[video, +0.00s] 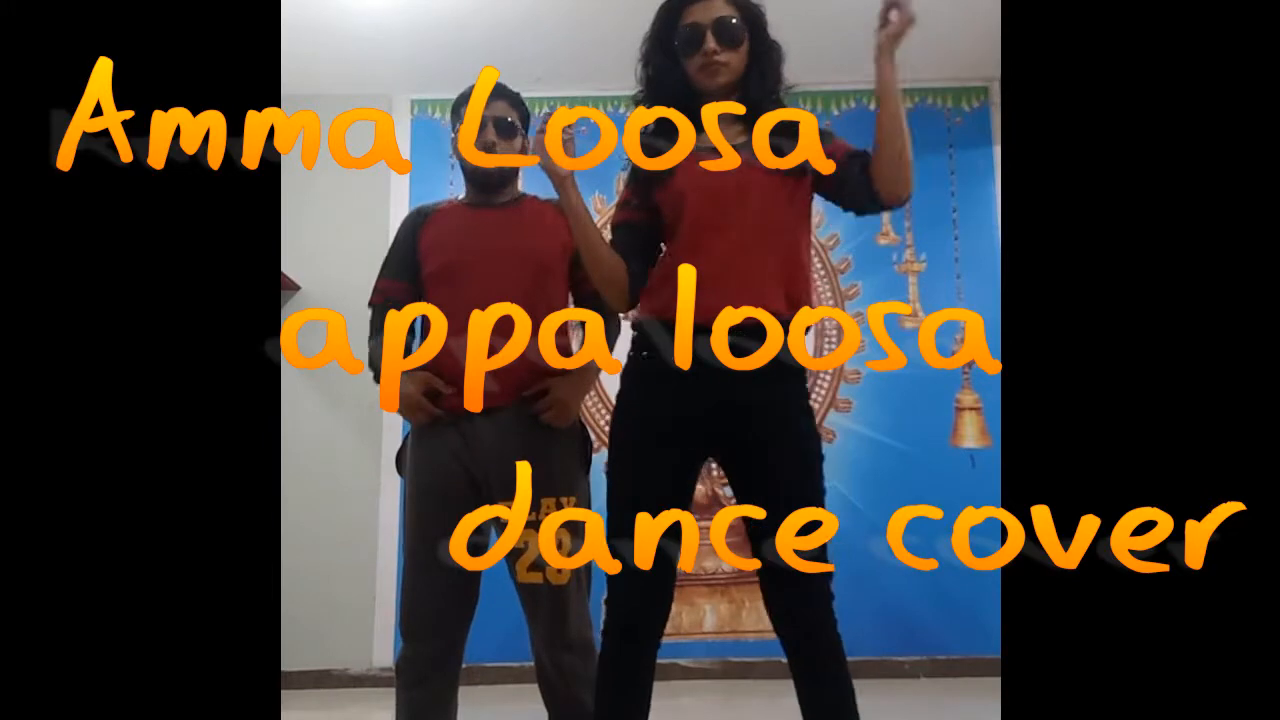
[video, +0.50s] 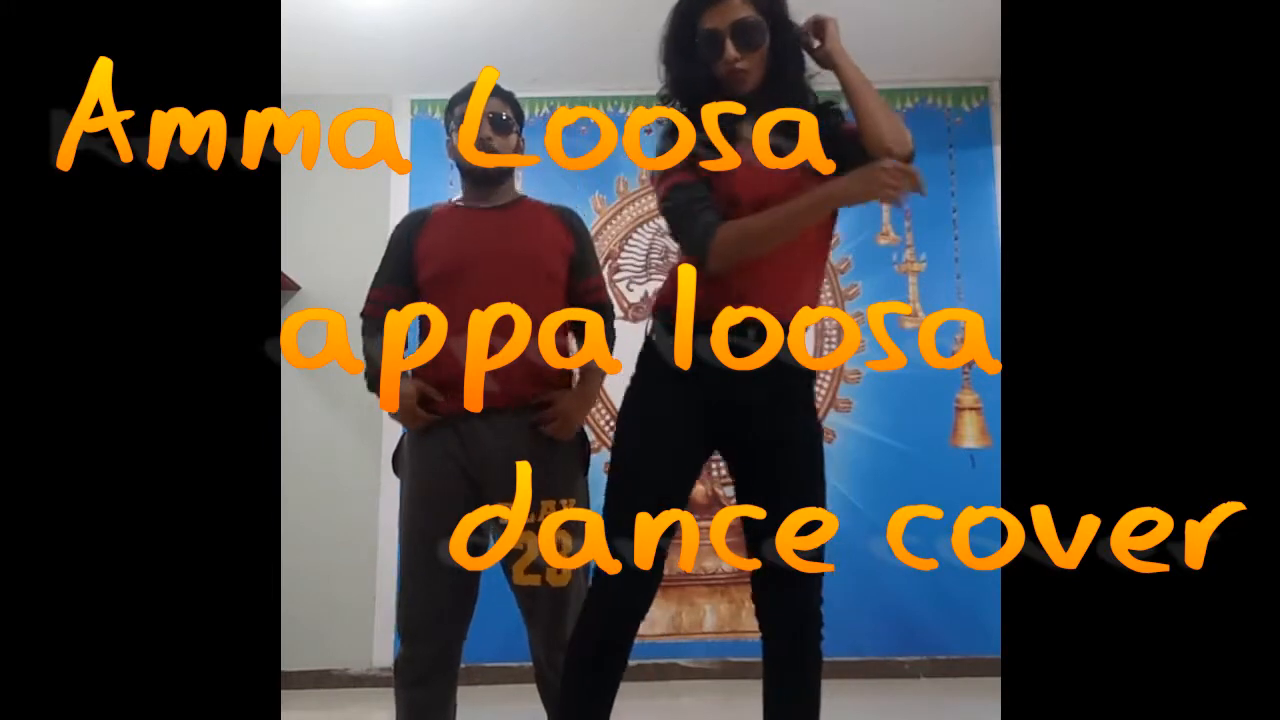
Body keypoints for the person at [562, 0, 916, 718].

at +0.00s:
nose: (710, 47)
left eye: (727, 32)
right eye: (691, 36)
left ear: (755, 47)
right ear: (670, 55)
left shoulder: (789, 134)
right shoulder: (659, 147)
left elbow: (888, 186)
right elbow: (617, 285)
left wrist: (885, 63)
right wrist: (562, 182)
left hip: (767, 380)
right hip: (664, 378)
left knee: (802, 592)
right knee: (637, 594)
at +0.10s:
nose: (709, 51)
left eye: (726, 35)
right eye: (691, 38)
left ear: (753, 47)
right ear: (668, 54)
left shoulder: (783, 132)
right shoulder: (652, 139)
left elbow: (882, 168)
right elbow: (615, 283)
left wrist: (853, 49)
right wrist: (578, 180)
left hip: (760, 384)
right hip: (654, 380)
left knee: (800, 598)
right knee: (634, 600)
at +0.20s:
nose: (709, 51)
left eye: (726, 35)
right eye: (690, 38)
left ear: (755, 48)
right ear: (666, 53)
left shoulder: (780, 134)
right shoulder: (645, 140)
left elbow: (877, 167)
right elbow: (618, 282)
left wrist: (842, 56)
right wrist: (604, 185)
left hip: (762, 378)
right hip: (658, 376)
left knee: (801, 590)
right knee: (638, 593)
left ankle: (813, 719)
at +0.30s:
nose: (714, 57)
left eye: (730, 38)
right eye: (695, 45)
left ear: (760, 45)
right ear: (674, 57)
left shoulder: (784, 133)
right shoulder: (654, 140)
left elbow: (868, 176)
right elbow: (639, 269)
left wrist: (829, 72)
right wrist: (686, 196)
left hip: (777, 383)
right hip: (674, 383)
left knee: (800, 596)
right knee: (646, 598)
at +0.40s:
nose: (720, 58)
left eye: (735, 40)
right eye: (700, 46)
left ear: (765, 47)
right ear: (679, 59)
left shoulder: (792, 137)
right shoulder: (662, 137)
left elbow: (876, 168)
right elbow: (664, 259)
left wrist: (827, 72)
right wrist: (749, 190)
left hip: (787, 387)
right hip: (683, 387)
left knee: (805, 593)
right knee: (635, 589)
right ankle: (604, 719)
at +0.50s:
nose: (730, 55)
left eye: (746, 35)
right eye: (710, 42)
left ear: (775, 41)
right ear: (688, 55)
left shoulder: (813, 126)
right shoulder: (678, 134)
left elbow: (894, 152)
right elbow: (712, 247)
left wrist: (838, 58)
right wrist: (837, 192)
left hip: (776, 382)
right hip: (676, 377)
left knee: (793, 591)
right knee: (626, 576)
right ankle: (576, 716)